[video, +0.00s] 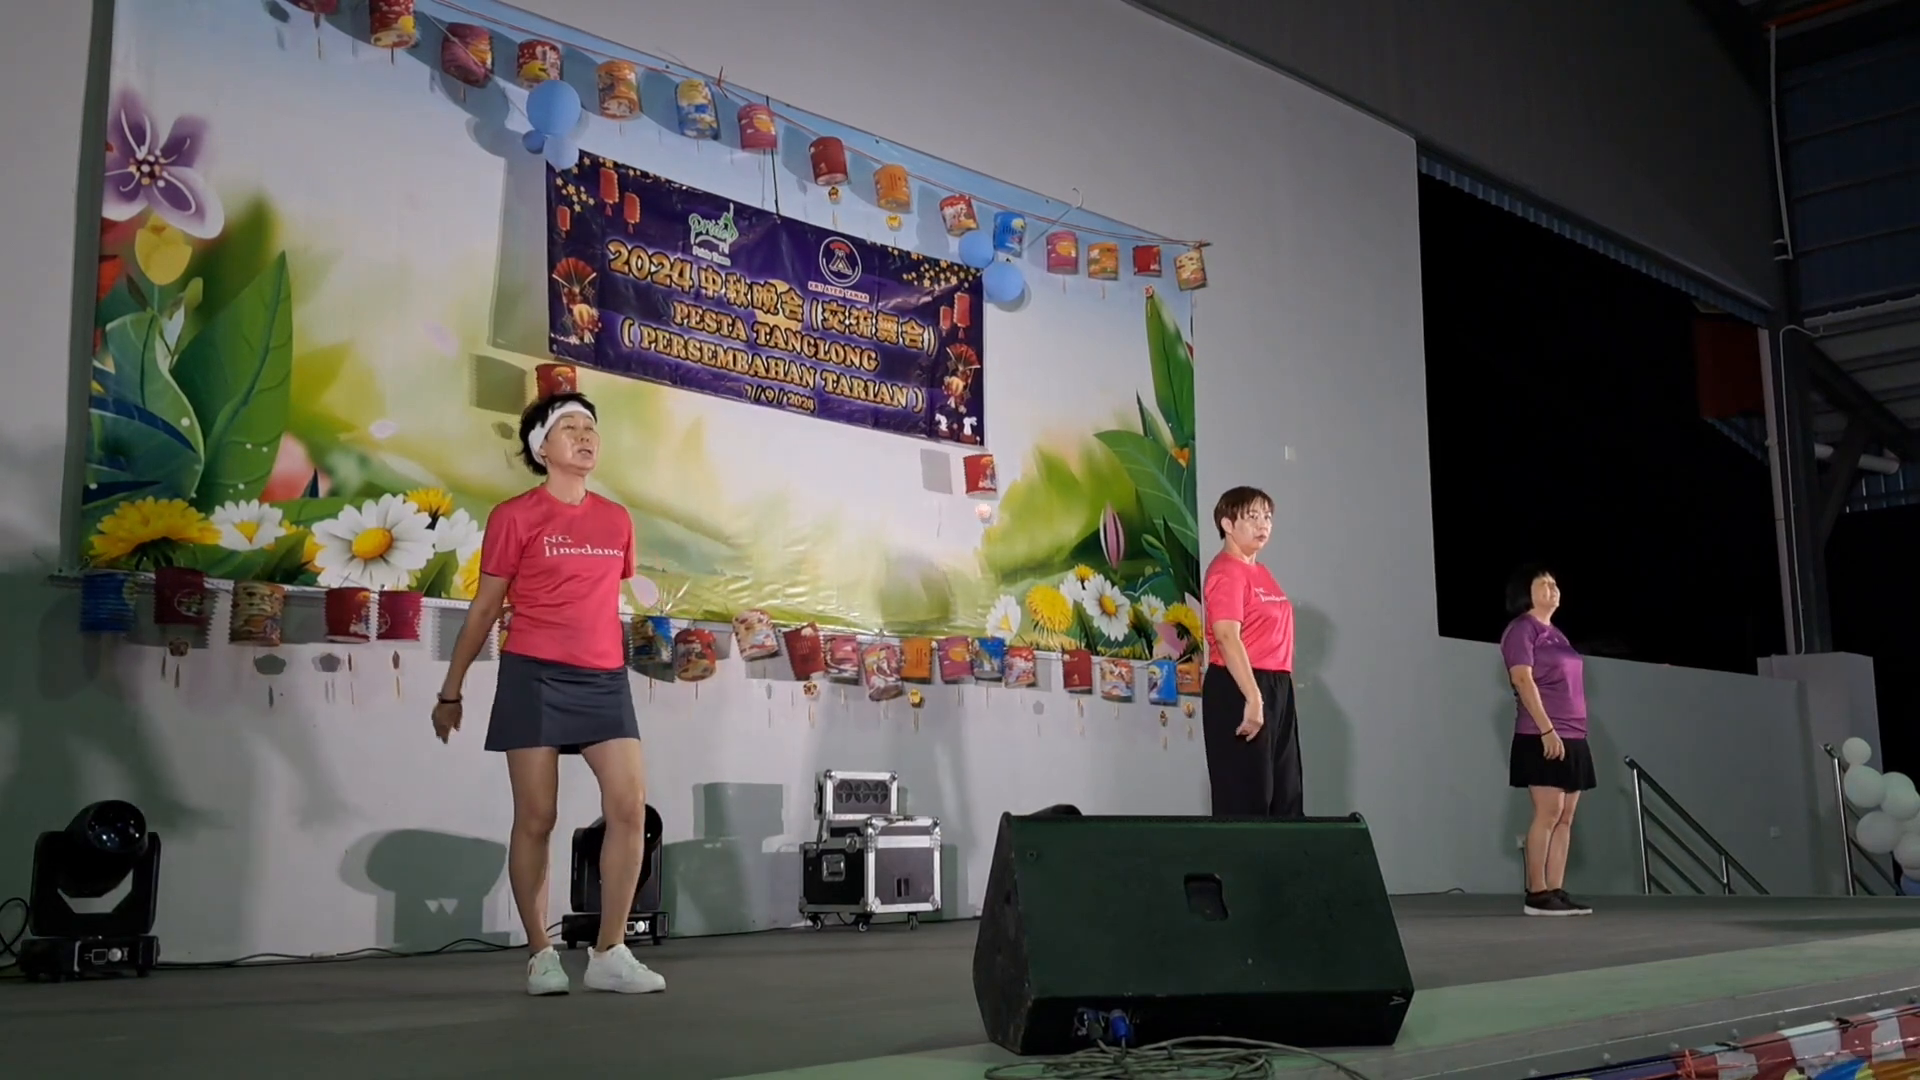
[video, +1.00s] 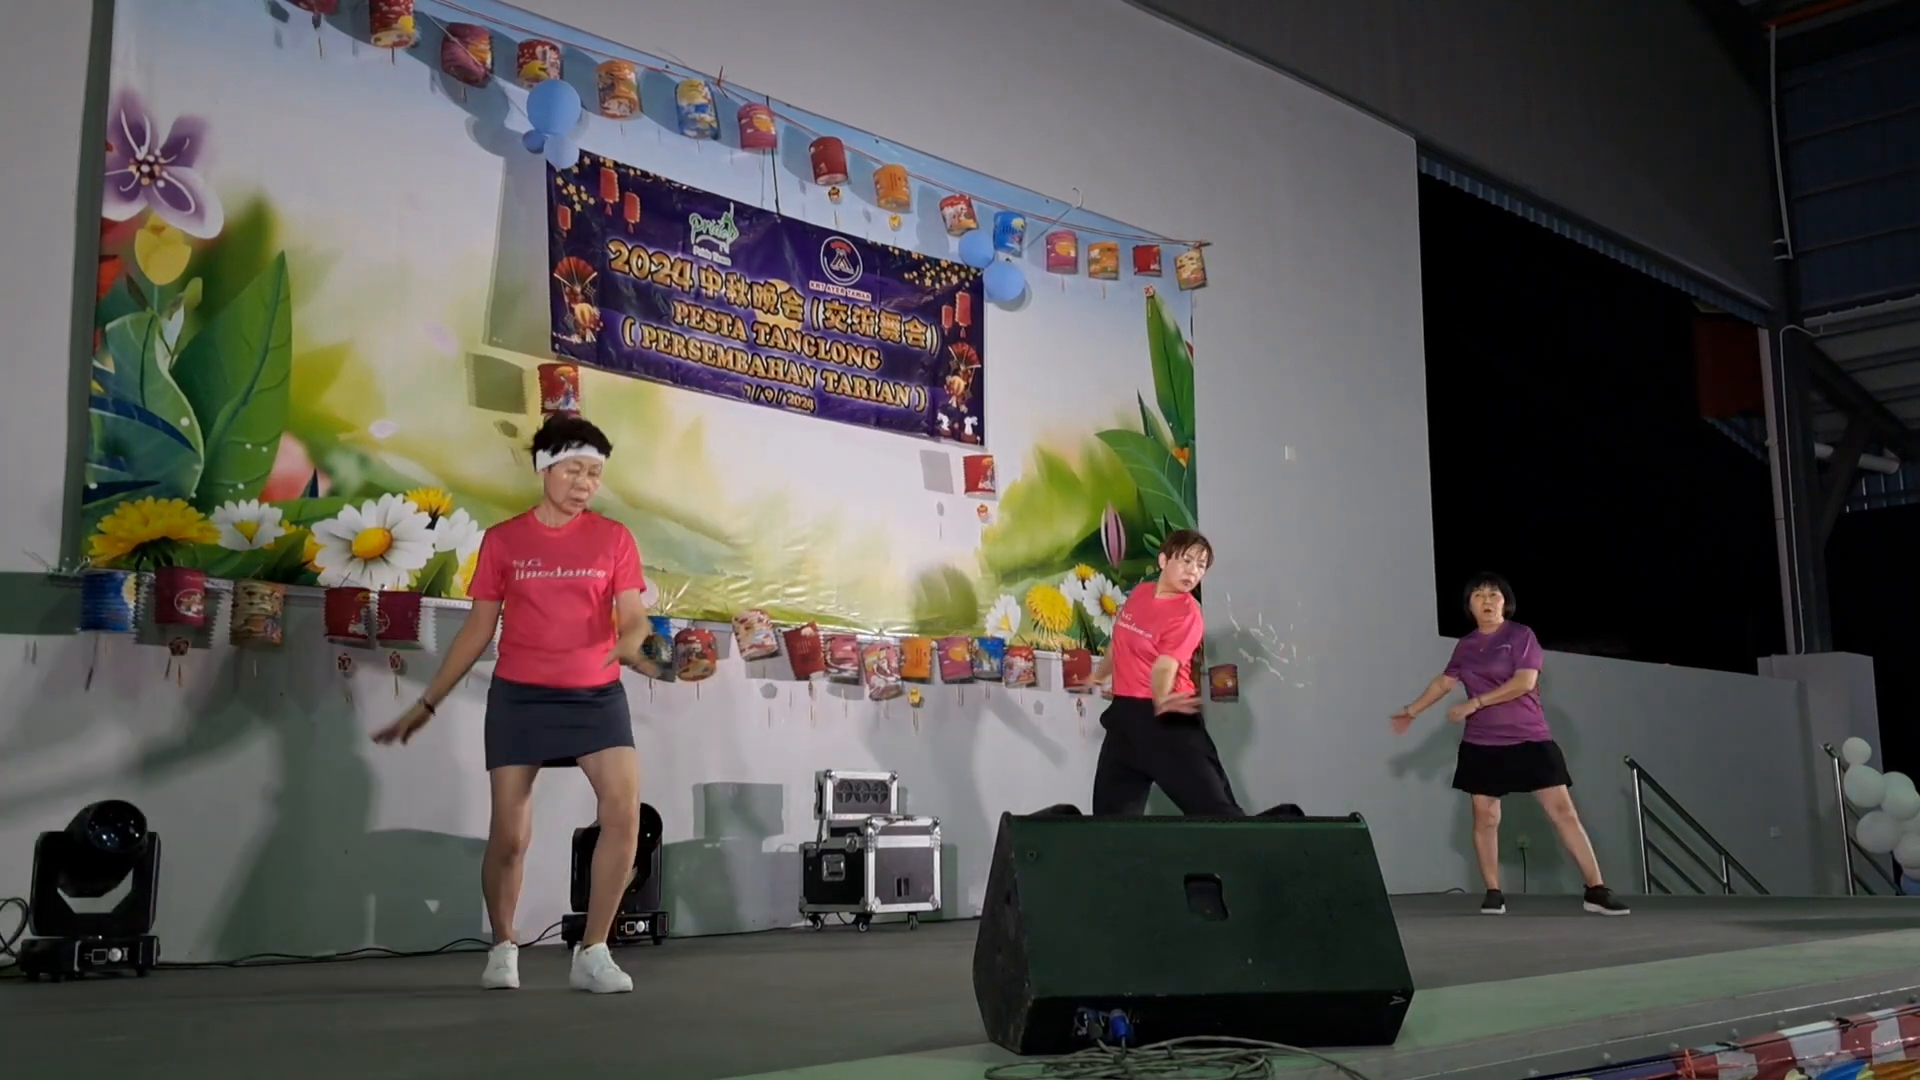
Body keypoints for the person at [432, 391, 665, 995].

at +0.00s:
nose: (585, 438)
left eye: (590, 430)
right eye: (570, 430)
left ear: (598, 446)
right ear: (541, 447)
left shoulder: (617, 520)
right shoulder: (514, 516)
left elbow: (617, 604)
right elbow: (485, 609)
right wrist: (451, 688)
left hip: (603, 679)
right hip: (532, 678)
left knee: (629, 806)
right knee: (536, 817)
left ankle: (610, 949)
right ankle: (541, 950)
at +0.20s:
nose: (584, 440)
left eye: (590, 431)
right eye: (570, 430)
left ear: (598, 446)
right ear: (540, 445)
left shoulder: (618, 519)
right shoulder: (513, 515)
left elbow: (614, 608)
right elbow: (481, 608)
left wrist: (614, 676)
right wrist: (448, 695)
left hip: (602, 680)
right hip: (530, 678)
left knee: (624, 808)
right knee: (533, 817)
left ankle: (609, 950)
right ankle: (541, 950)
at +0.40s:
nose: (580, 438)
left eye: (587, 429)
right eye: (565, 428)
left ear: (595, 443)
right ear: (537, 443)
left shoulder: (616, 516)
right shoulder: (509, 514)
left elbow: (639, 600)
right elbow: (475, 604)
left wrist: (677, 664)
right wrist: (487, 660)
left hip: (603, 678)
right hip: (529, 677)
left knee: (621, 810)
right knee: (532, 818)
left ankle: (608, 953)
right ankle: (542, 950)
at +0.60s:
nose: (583, 437)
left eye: (589, 428)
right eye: (568, 428)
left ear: (597, 441)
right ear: (539, 442)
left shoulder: (619, 514)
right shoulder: (512, 512)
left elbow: (643, 593)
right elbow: (471, 594)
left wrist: (680, 609)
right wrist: (488, 613)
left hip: (606, 677)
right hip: (533, 676)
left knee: (616, 812)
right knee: (532, 816)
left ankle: (597, 948)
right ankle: (541, 950)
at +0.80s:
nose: (593, 448)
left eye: (600, 439)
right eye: (580, 437)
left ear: (606, 450)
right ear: (548, 447)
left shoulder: (623, 519)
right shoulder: (514, 519)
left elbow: (653, 604)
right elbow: (484, 610)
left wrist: (676, 595)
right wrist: (461, 615)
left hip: (609, 679)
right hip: (535, 678)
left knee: (619, 809)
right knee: (545, 813)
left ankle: (594, 952)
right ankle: (532, 938)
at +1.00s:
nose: (584, 482)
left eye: (594, 472)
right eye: (572, 469)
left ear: (601, 478)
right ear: (544, 470)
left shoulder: (615, 539)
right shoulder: (504, 540)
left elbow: (634, 623)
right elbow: (477, 632)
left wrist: (627, 649)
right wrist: (427, 704)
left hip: (596, 697)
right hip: (519, 696)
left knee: (624, 811)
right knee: (510, 836)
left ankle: (593, 949)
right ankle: (503, 945)